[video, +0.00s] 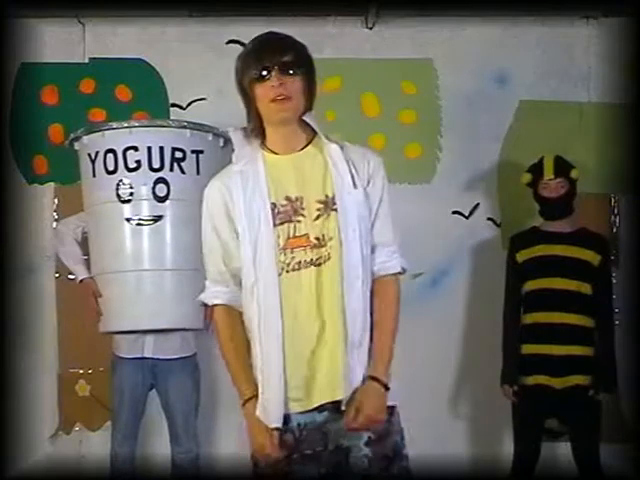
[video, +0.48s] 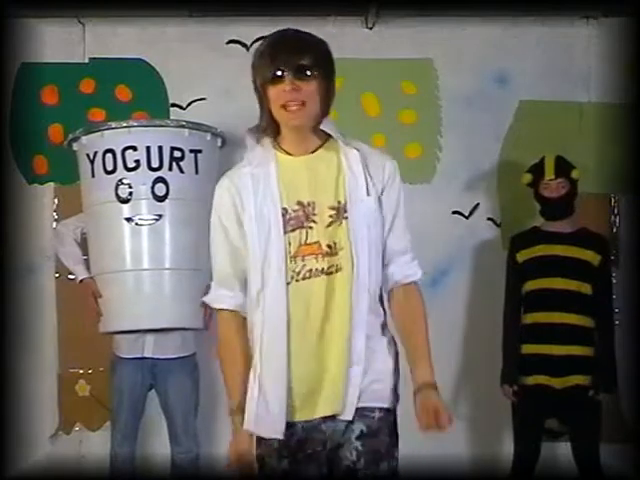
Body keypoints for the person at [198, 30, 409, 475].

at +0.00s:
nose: (279, 82)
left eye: (290, 69)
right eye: (263, 74)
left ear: (310, 82)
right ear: (248, 94)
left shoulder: (361, 167)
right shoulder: (226, 191)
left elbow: (386, 275)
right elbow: (223, 302)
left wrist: (377, 379)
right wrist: (251, 404)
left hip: (363, 404)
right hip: (282, 415)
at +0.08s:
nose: (278, 85)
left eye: (290, 72)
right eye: (263, 77)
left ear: (310, 83)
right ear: (248, 94)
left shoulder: (360, 169)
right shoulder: (227, 191)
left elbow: (386, 277)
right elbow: (226, 305)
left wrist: (390, 384)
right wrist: (249, 416)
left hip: (359, 405)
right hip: (278, 414)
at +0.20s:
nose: (281, 82)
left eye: (294, 70)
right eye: (267, 73)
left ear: (314, 85)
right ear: (251, 90)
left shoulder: (361, 169)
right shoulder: (226, 190)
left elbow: (391, 275)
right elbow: (220, 303)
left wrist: (407, 367)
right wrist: (244, 409)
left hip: (360, 404)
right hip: (275, 413)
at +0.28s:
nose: (282, 79)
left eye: (295, 67)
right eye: (268, 69)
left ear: (316, 82)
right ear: (253, 87)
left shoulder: (365, 169)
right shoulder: (227, 187)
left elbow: (392, 268)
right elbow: (215, 297)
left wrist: (410, 337)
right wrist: (235, 393)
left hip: (364, 402)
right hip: (277, 410)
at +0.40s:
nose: (286, 81)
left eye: (300, 67)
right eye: (272, 71)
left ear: (322, 82)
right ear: (258, 87)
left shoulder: (371, 168)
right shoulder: (231, 187)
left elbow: (394, 271)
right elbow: (221, 294)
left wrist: (416, 340)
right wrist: (229, 378)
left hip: (365, 398)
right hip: (280, 406)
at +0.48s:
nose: (291, 88)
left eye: (305, 74)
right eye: (277, 78)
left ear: (328, 87)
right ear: (263, 93)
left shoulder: (376, 172)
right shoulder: (236, 189)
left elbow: (402, 283)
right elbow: (228, 307)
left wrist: (425, 384)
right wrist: (239, 419)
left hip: (365, 407)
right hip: (278, 412)